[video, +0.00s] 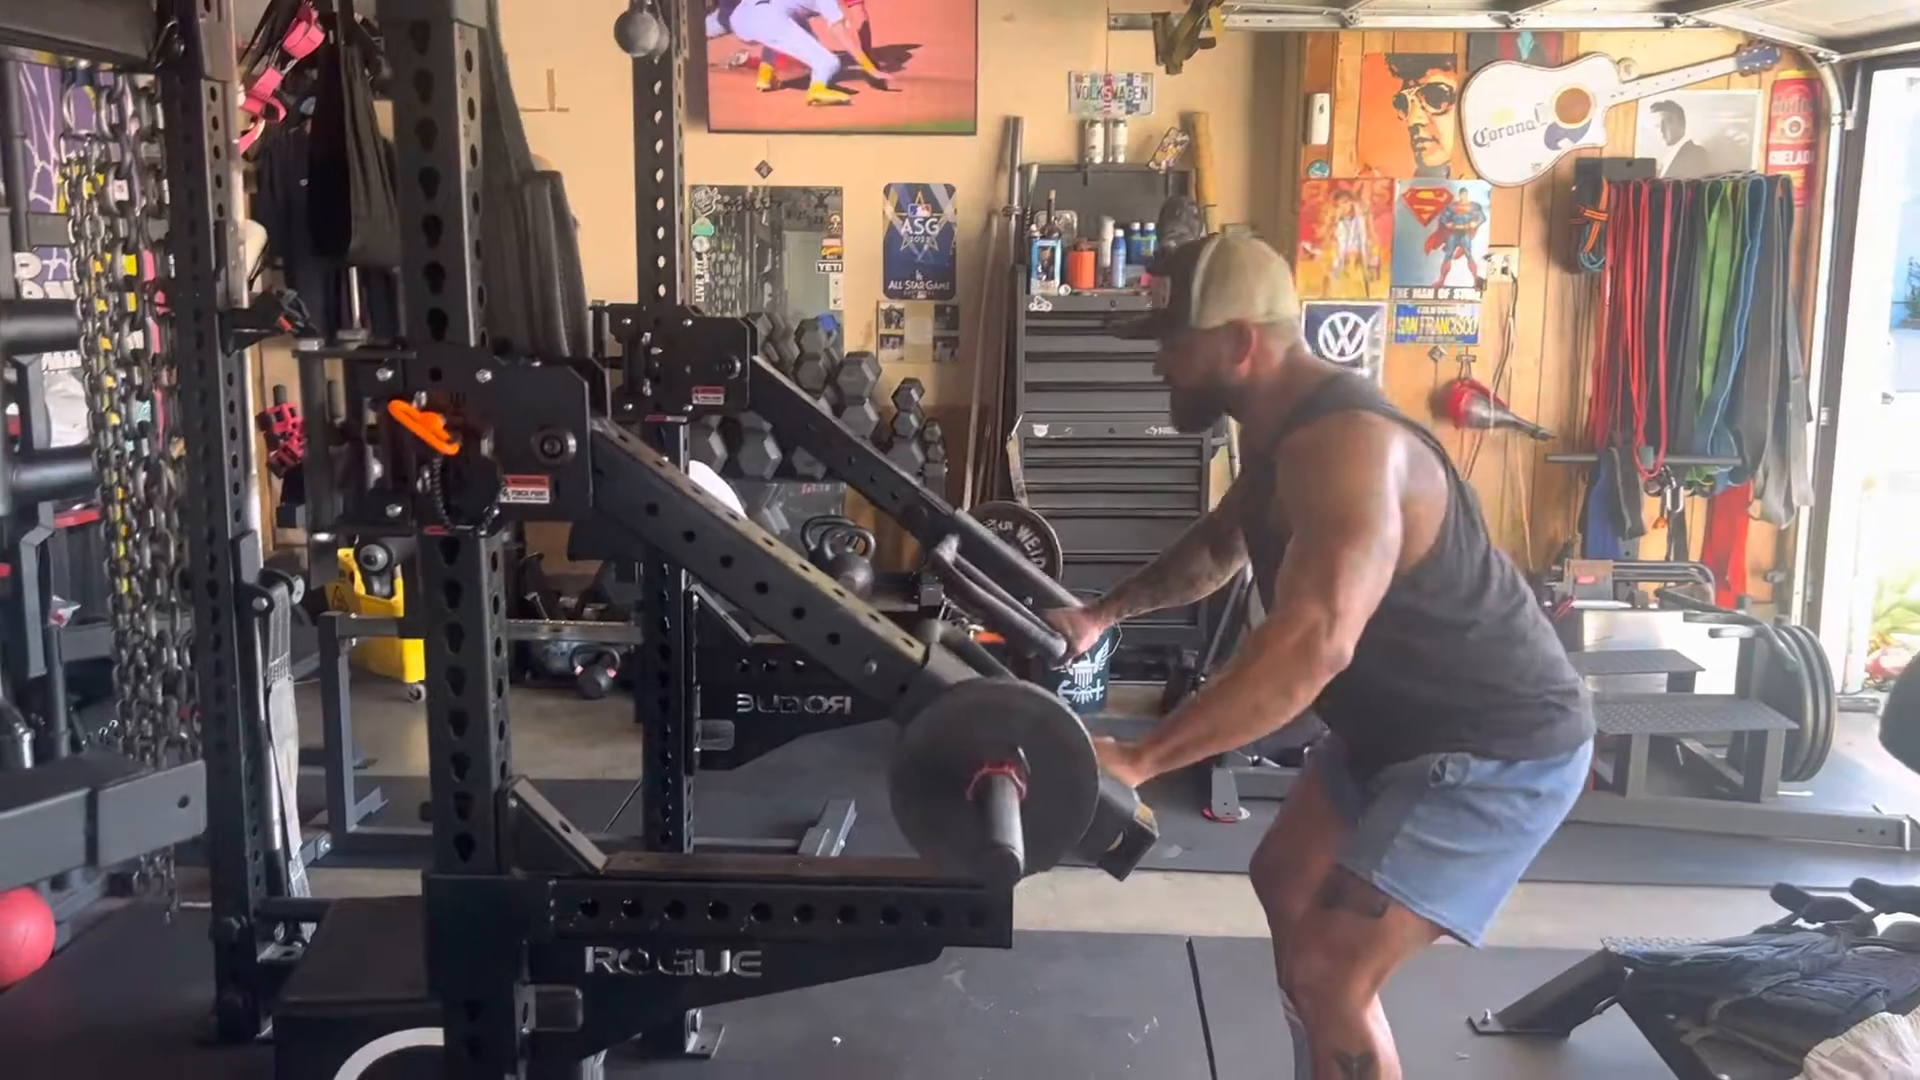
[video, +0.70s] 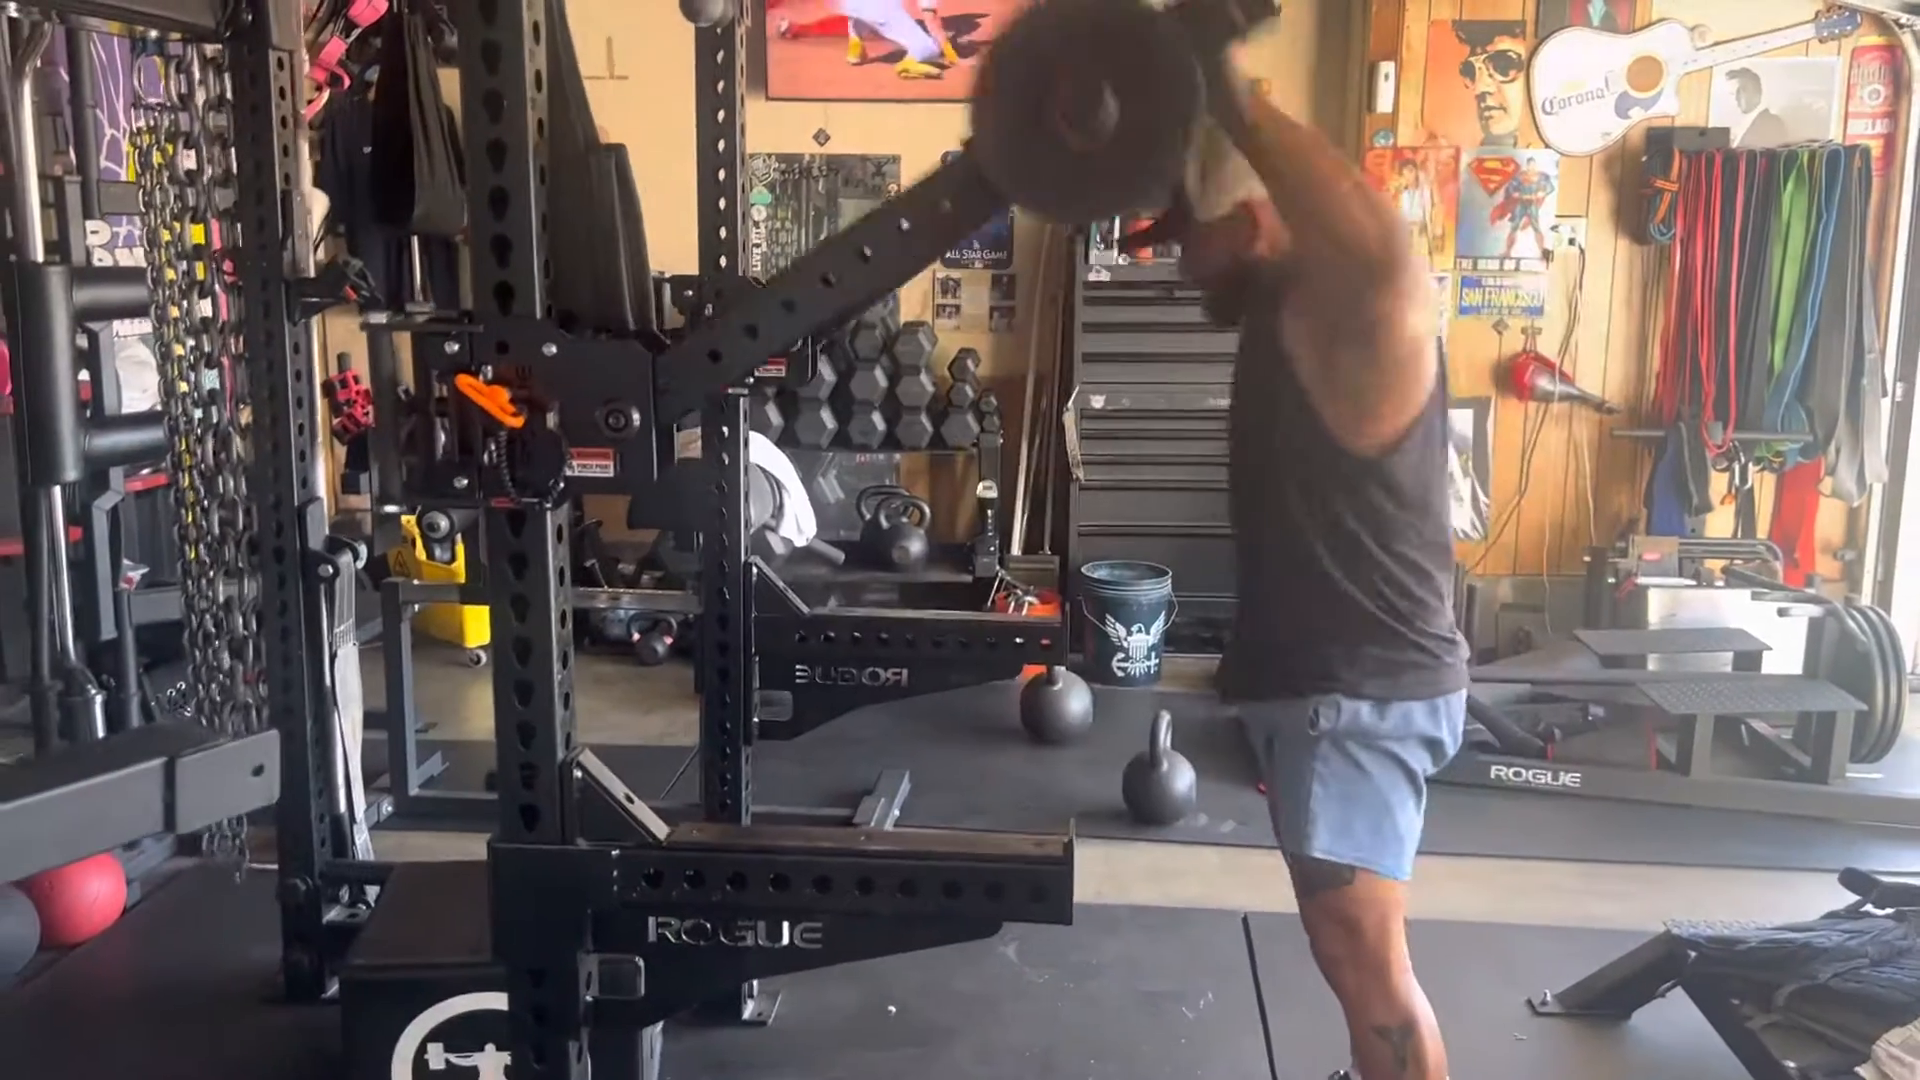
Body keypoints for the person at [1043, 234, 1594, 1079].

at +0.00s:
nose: (1160, 356)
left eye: (1173, 335)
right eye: (1163, 335)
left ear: (1245, 344)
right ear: (1246, 346)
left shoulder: (1348, 448)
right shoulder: (1285, 435)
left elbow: (1310, 644)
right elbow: (1218, 547)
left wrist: (1143, 756)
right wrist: (1103, 610)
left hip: (1498, 742)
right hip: (1401, 721)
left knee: (1329, 975)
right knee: (1285, 878)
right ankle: (1327, 1065)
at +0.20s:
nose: (1322, 292)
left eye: (1339, 272)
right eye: (1326, 271)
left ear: (1412, 288)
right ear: (1408, 290)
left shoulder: (1489, 415)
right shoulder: (1389, 393)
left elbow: (1347, 583)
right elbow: (1268, 502)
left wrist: (1176, 701)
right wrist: (1134, 579)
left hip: (1541, 740)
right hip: (1437, 715)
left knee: (1359, 959)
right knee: (1314, 863)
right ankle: (1349, 1063)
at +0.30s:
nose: (1373, 255)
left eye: (1393, 236)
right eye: (1377, 234)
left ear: (1472, 257)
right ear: (1467, 260)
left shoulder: (1534, 388)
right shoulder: (1432, 367)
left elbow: (1406, 555)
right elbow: (1313, 472)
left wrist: (1230, 644)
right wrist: (1182, 532)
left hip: (1524, 736)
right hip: (1423, 706)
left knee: (1354, 953)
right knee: (1310, 855)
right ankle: (1352, 1057)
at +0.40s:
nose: (1394, 232)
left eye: (1412, 207)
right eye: (1395, 207)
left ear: (1493, 216)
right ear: (1487, 219)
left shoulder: (1560, 333)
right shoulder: (1459, 321)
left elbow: (1536, 470)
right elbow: (1376, 396)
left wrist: (1340, 490)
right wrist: (1259, 400)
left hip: (1448, 692)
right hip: (1372, 667)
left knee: (1347, 958)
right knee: (1301, 839)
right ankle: (1358, 1056)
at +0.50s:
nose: (1343, 212)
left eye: (1360, 193)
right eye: (1344, 192)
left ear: (1433, 195)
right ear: (1419, 196)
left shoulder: (1523, 296)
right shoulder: (1392, 284)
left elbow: (1580, 384)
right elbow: (1283, 331)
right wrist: (1201, 309)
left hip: (1396, 682)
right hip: (1321, 661)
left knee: (1359, 953)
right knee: (1338, 927)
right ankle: (1366, 1064)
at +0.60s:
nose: (1286, 209)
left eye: (1294, 189)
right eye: (1281, 191)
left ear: (1322, 187)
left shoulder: (1410, 296)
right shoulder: (1344, 294)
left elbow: (1502, 321)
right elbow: (1267, 262)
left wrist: (1341, 210)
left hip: (1362, 688)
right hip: (1320, 676)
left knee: (1361, 965)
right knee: (1351, 955)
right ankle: (1375, 1068)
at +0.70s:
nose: (1175, 255)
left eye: (1188, 227)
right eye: (1173, 230)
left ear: (1252, 219)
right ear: (1250, 226)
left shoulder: (1348, 295)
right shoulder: (1282, 308)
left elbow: (1383, 250)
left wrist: (1238, 94)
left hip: (1358, 695)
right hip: (1321, 686)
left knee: (1370, 971)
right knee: (1361, 963)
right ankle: (1387, 1066)